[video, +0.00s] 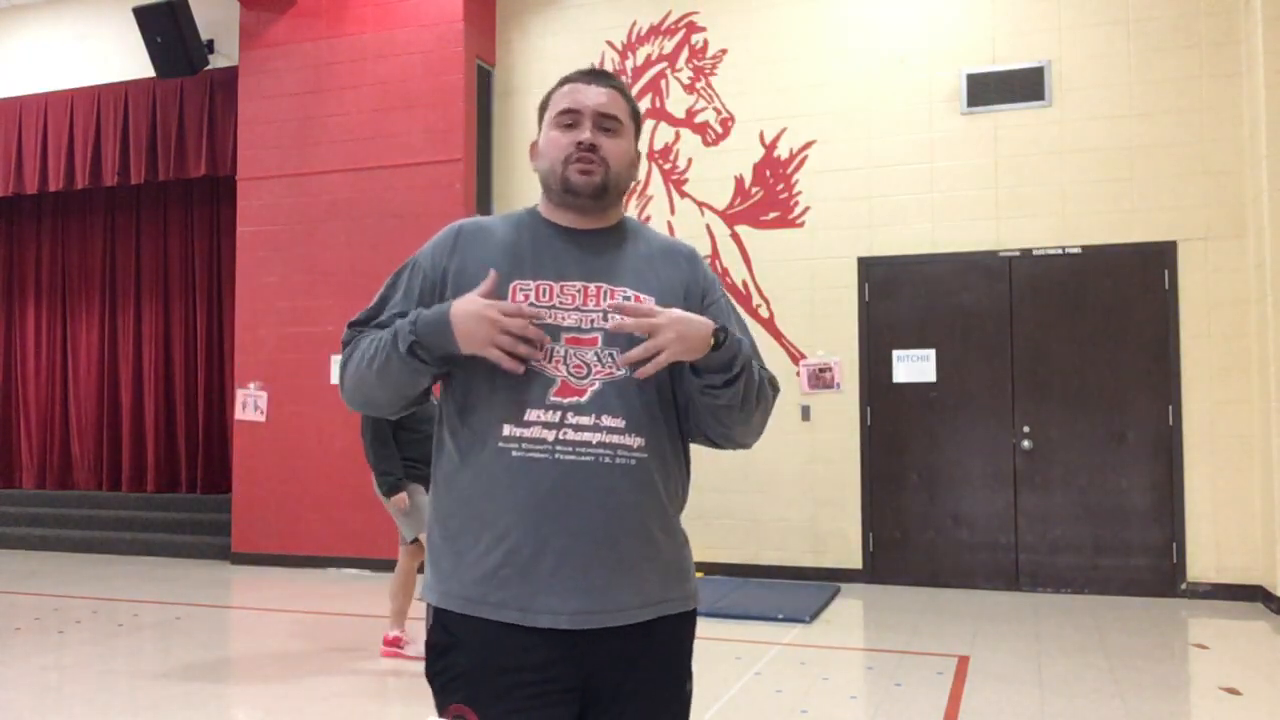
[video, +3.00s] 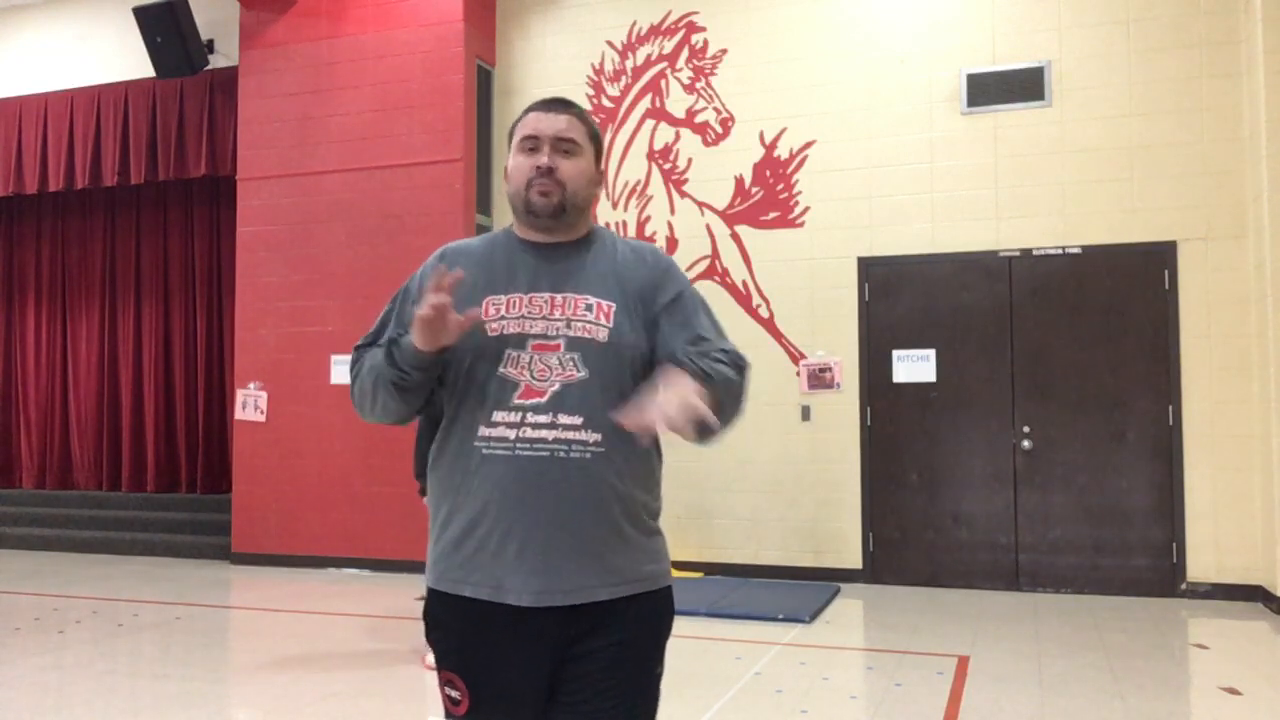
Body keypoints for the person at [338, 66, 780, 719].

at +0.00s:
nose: (587, 136)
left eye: (609, 125)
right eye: (568, 122)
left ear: (637, 159)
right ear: (535, 149)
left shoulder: (680, 270)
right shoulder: (465, 247)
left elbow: (740, 425)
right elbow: (362, 382)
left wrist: (714, 346)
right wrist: (441, 330)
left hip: (640, 612)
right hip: (488, 609)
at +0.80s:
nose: (530, 170)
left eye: (543, 156)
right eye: (507, 158)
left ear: (562, 174)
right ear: (473, 189)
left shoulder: (623, 279)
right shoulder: (432, 283)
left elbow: (693, 411)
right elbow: (364, 414)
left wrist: (652, 359)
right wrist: (428, 360)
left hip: (592, 590)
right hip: (456, 590)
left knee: (581, 710)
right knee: (464, 710)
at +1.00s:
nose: (516, 175)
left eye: (529, 161)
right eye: (494, 165)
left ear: (553, 181)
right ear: (465, 195)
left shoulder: (613, 273)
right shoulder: (427, 287)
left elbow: (671, 383)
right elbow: (360, 404)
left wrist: (576, 324)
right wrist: (419, 393)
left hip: (583, 581)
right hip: (449, 582)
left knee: (568, 711)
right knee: (456, 713)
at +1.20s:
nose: (503, 182)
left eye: (520, 169)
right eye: (485, 171)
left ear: (548, 186)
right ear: (463, 195)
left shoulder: (601, 271)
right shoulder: (424, 289)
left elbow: (629, 372)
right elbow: (366, 403)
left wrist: (510, 335)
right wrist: (437, 394)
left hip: (573, 573)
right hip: (442, 574)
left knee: (562, 711)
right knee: (450, 714)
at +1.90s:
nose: (520, 182)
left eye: (533, 172)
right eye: (500, 170)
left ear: (549, 193)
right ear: (464, 194)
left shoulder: (598, 280)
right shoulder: (415, 292)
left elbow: (666, 374)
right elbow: (342, 399)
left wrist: (573, 373)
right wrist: (419, 395)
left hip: (577, 580)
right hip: (446, 582)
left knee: (568, 711)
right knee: (452, 714)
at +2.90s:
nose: (545, 169)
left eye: (565, 157)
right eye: (529, 155)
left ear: (594, 181)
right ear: (503, 179)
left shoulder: (637, 273)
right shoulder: (449, 273)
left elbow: (694, 383)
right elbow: (373, 395)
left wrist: (623, 351)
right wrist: (435, 358)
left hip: (608, 590)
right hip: (472, 589)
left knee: (600, 709)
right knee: (481, 710)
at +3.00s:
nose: (545, 161)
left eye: (566, 149)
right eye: (529, 147)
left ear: (597, 177)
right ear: (507, 170)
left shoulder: (647, 271)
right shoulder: (451, 269)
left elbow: (719, 369)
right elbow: (372, 397)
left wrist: (683, 389)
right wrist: (419, 351)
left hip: (617, 590)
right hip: (478, 590)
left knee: (610, 710)